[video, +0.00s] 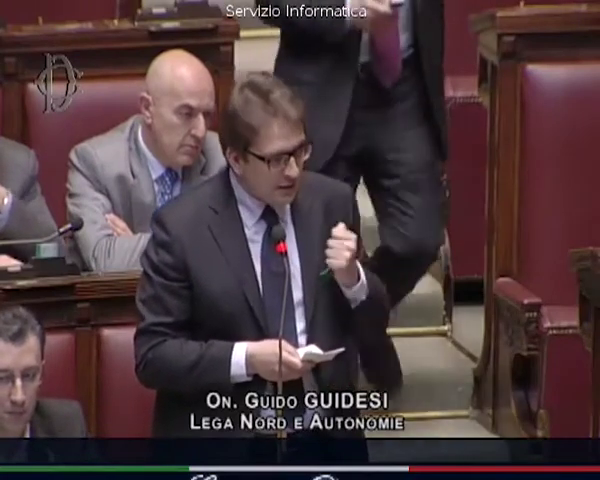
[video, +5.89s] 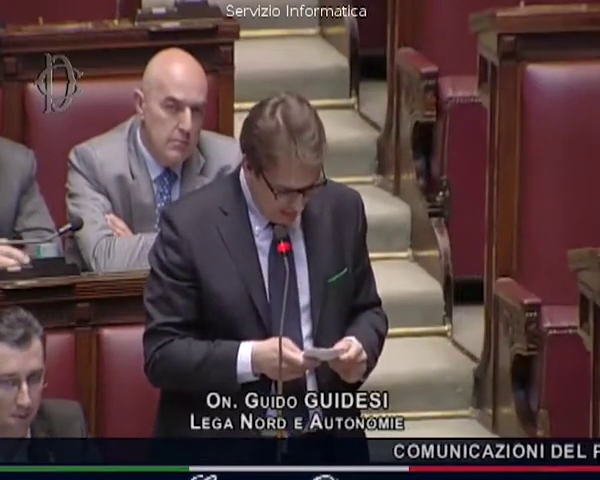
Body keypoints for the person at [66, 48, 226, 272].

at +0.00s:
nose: (200, 131)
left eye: (207, 115)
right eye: (186, 114)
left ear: (212, 111)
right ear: (147, 108)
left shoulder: (216, 153)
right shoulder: (92, 161)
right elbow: (105, 260)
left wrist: (137, 247)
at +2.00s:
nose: (196, 131)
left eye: (203, 113)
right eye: (180, 113)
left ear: (209, 108)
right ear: (144, 108)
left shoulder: (225, 155)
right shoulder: (91, 161)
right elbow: (105, 259)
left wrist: (138, 249)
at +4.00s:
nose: (186, 125)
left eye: (196, 109)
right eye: (172, 107)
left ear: (204, 109)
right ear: (140, 104)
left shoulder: (220, 154)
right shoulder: (91, 160)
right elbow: (104, 259)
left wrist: (137, 246)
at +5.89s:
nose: (187, 126)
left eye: (196, 110)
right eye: (172, 107)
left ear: (205, 109)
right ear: (140, 104)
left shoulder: (231, 157)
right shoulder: (91, 161)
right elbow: (105, 259)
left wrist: (138, 250)